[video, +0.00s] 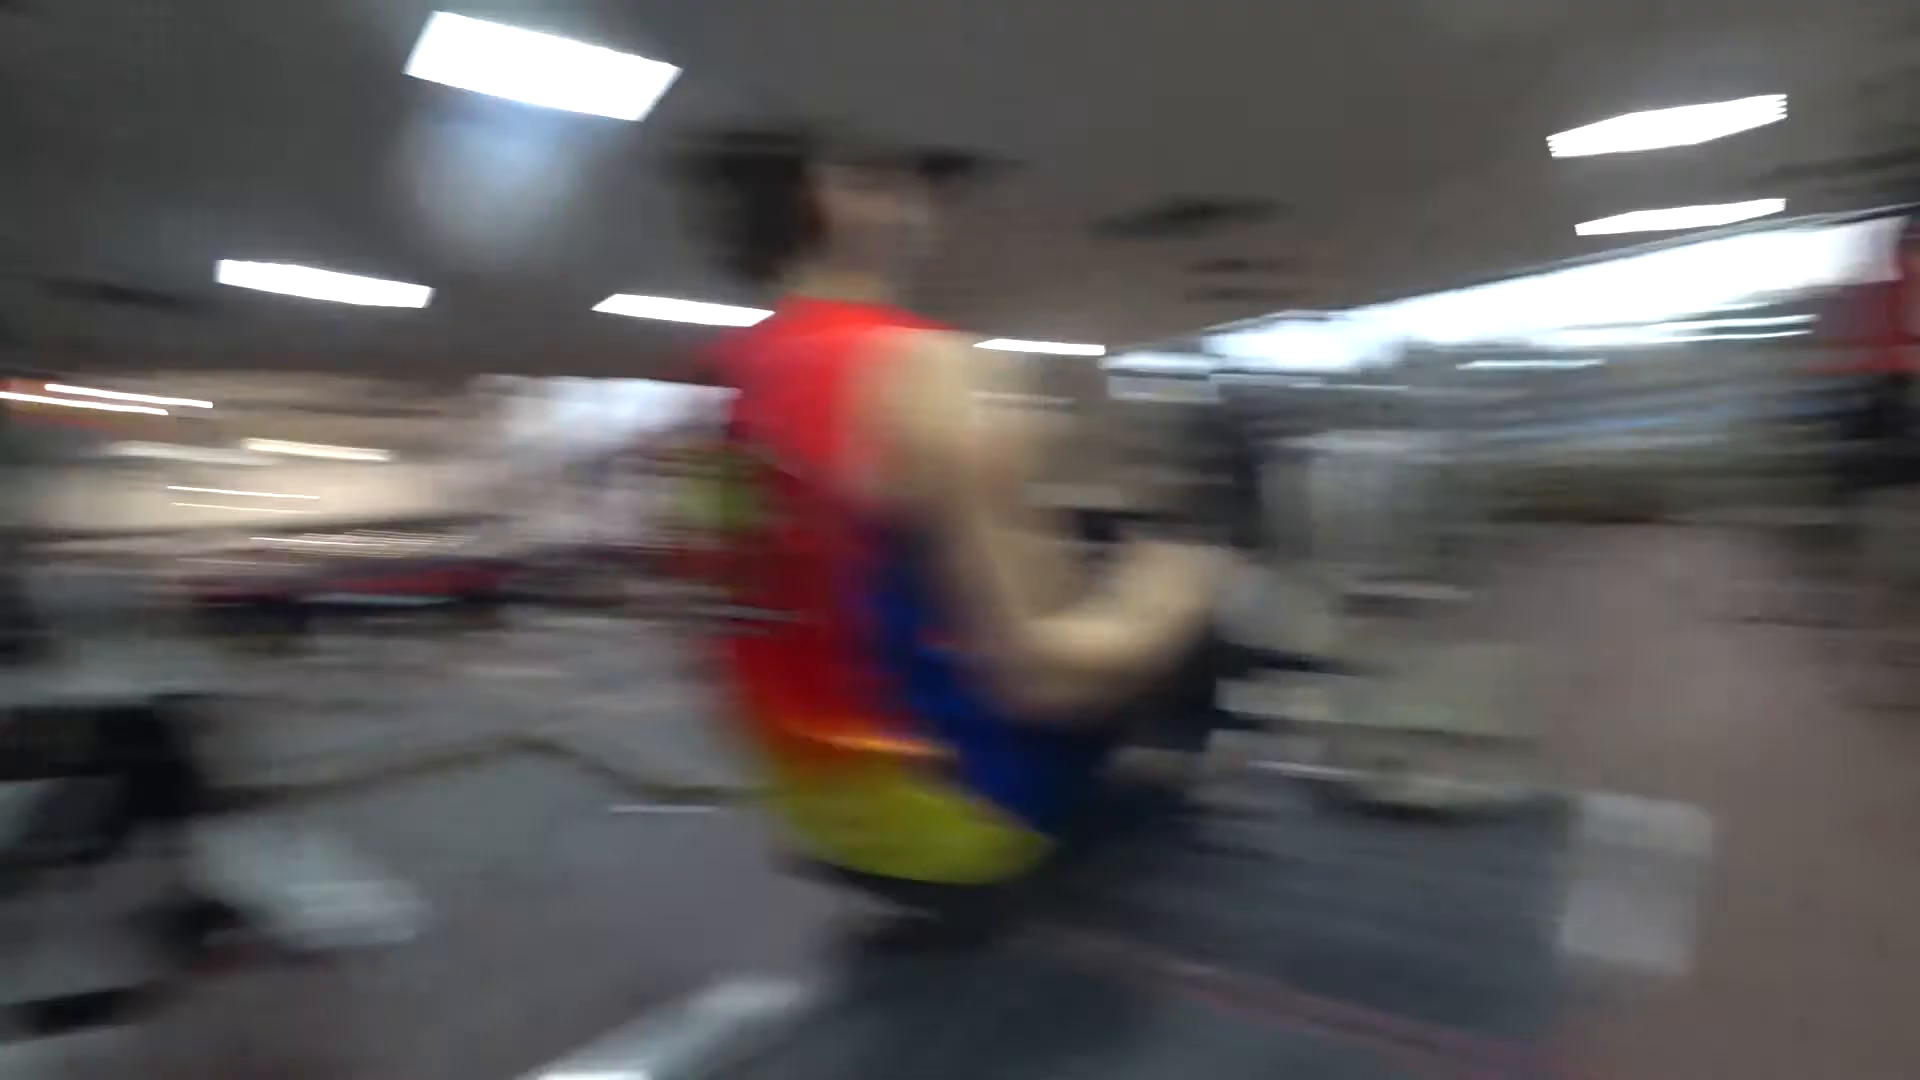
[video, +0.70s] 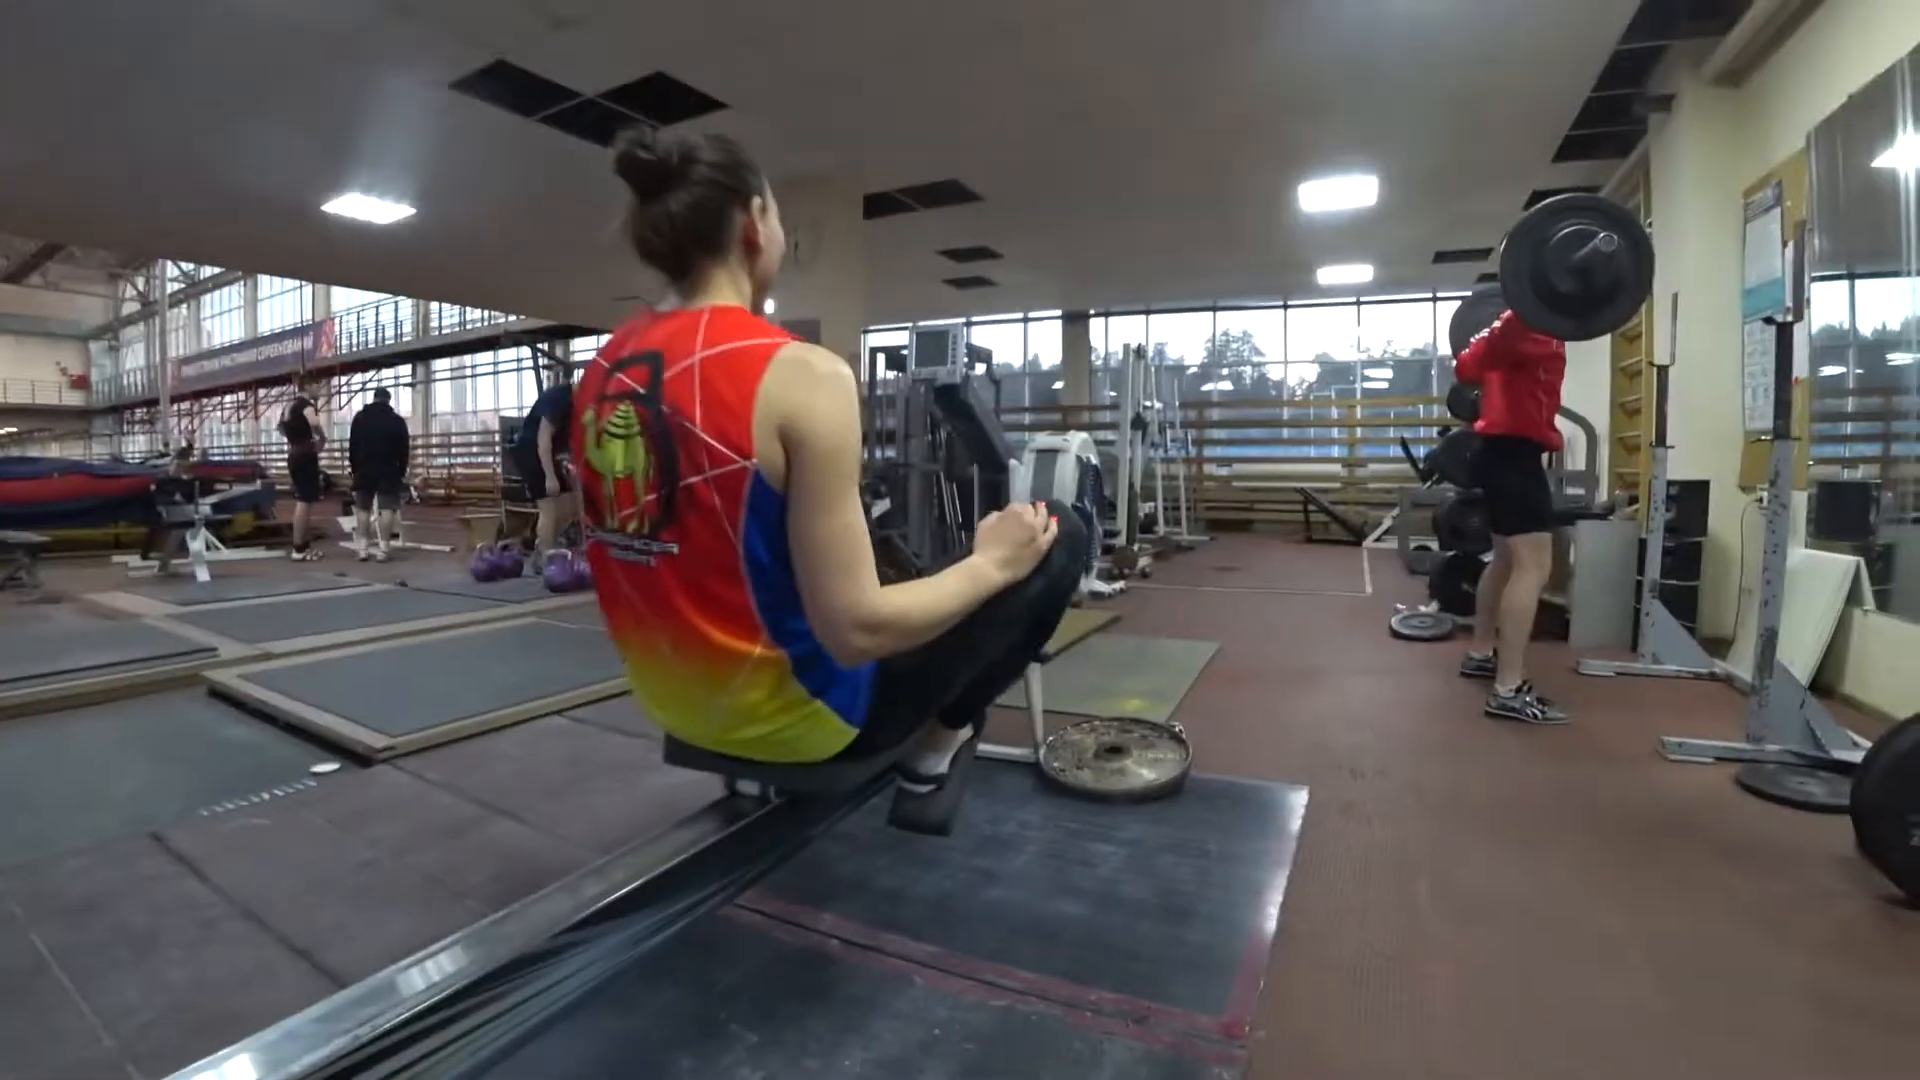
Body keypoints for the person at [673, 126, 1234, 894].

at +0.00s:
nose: (917, 217)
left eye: (908, 186)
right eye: (886, 186)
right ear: (825, 198)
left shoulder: (738, 372)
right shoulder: (915, 369)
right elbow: (1029, 665)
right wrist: (1168, 589)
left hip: (827, 815)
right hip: (956, 824)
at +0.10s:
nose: (737, 188)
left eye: (727, 165)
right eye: (726, 165)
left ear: (586, 231)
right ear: (706, 183)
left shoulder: (570, 375)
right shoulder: (797, 355)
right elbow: (921, 658)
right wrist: (1023, 564)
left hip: (717, 799)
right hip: (856, 807)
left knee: (920, 512)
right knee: (1084, 537)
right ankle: (1096, 747)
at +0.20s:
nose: (675, 195)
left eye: (662, 172)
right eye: (661, 172)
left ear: (530, 241)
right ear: (642, 195)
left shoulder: (518, 383)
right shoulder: (739, 362)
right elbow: (860, 644)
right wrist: (969, 547)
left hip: (668, 793)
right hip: (802, 793)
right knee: (1014, 526)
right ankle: (1013, 742)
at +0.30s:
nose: (612, 197)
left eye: (605, 174)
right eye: (603, 175)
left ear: (465, 232)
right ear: (583, 191)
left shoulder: (440, 374)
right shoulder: (666, 365)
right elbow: (771, 643)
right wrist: (889, 553)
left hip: (576, 777)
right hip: (714, 783)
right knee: (937, 537)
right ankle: (901, 747)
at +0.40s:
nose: (618, 195)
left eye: (612, 173)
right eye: (610, 173)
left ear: (470, 211)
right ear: (586, 187)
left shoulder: (439, 347)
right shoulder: (658, 356)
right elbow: (744, 637)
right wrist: (869, 554)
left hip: (545, 748)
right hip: (682, 761)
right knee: (925, 536)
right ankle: (858, 747)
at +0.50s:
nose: (721, 201)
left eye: (714, 182)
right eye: (714, 183)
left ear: (587, 223)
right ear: (687, 203)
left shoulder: (549, 354)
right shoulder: (755, 363)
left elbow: (536, 548)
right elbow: (821, 625)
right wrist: (953, 553)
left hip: (643, 725)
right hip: (770, 738)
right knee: (1003, 535)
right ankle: (914, 754)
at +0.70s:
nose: (781, 238)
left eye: (778, 219)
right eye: (778, 218)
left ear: (652, 238)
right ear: (754, 222)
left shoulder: (609, 363)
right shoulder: (804, 377)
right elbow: (853, 630)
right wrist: (986, 567)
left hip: (680, 715)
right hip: (803, 732)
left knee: (875, 538)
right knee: (1058, 536)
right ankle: (935, 750)